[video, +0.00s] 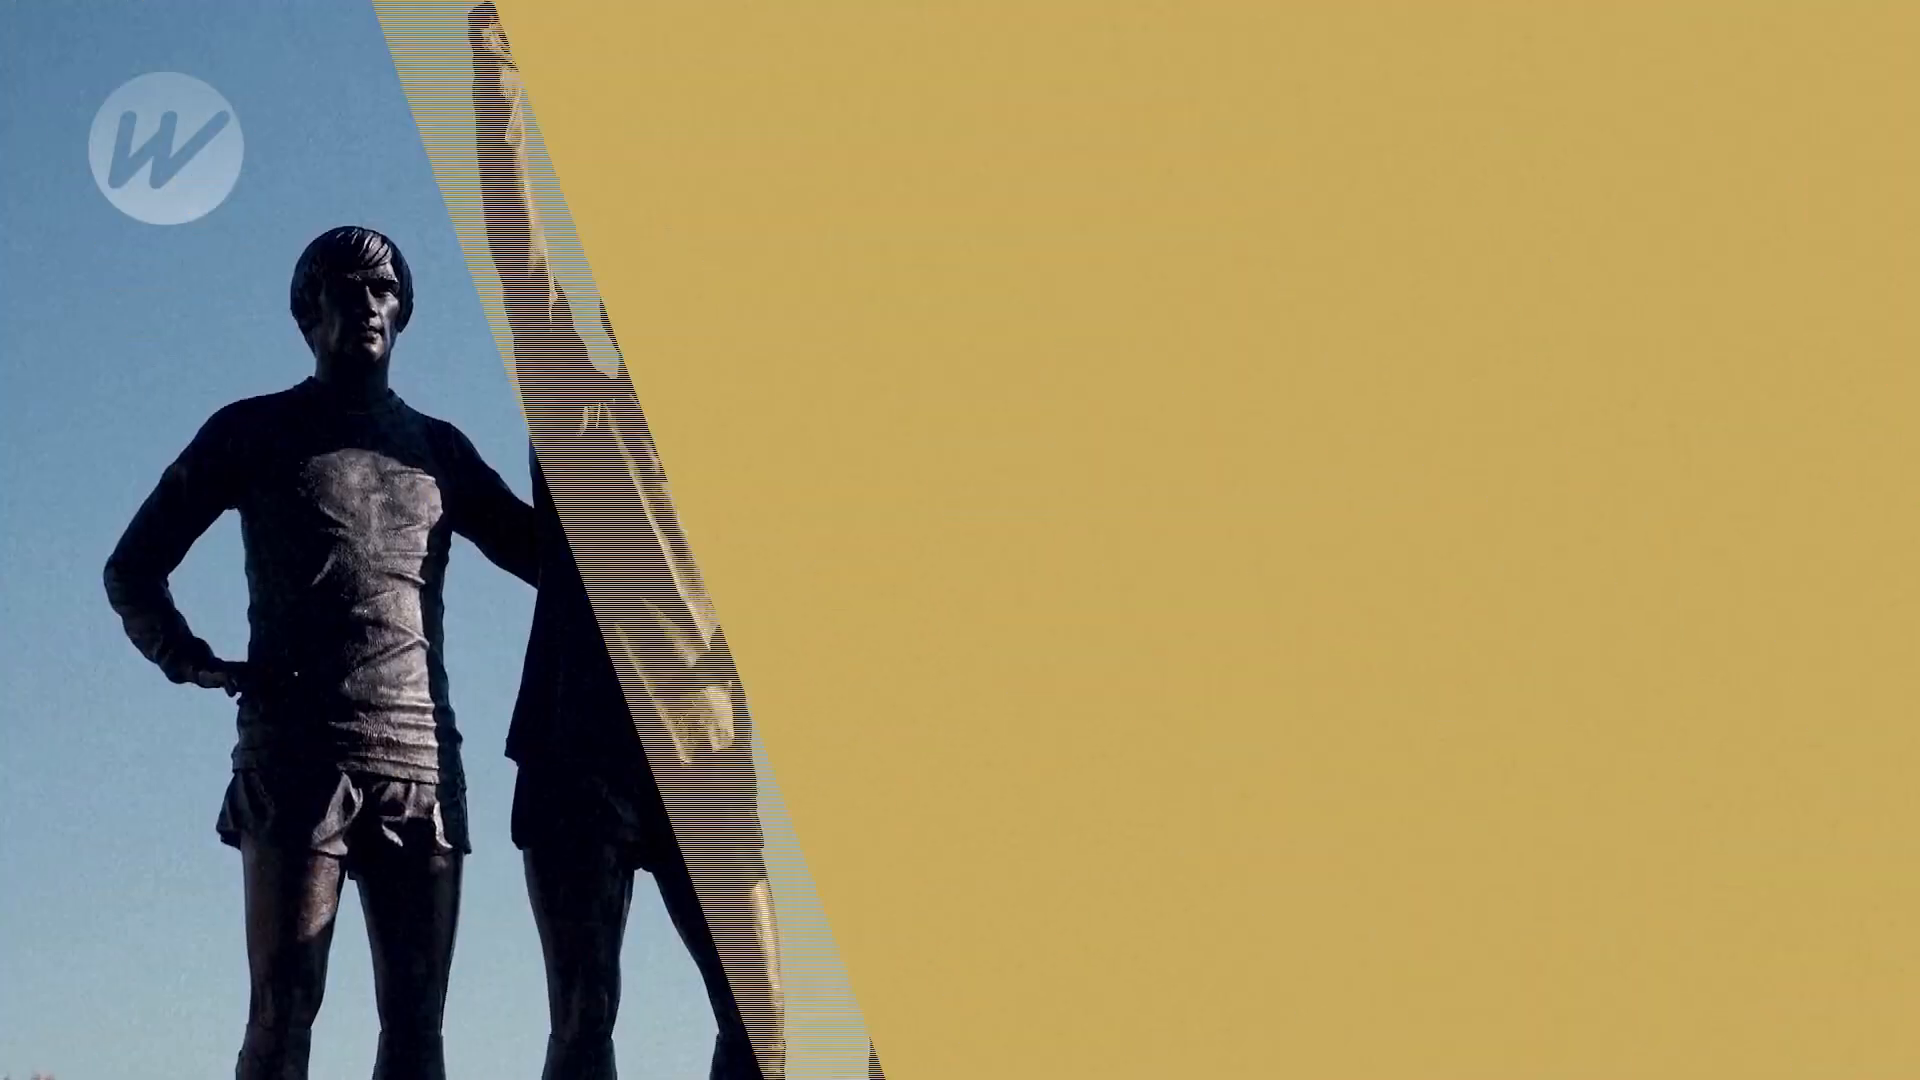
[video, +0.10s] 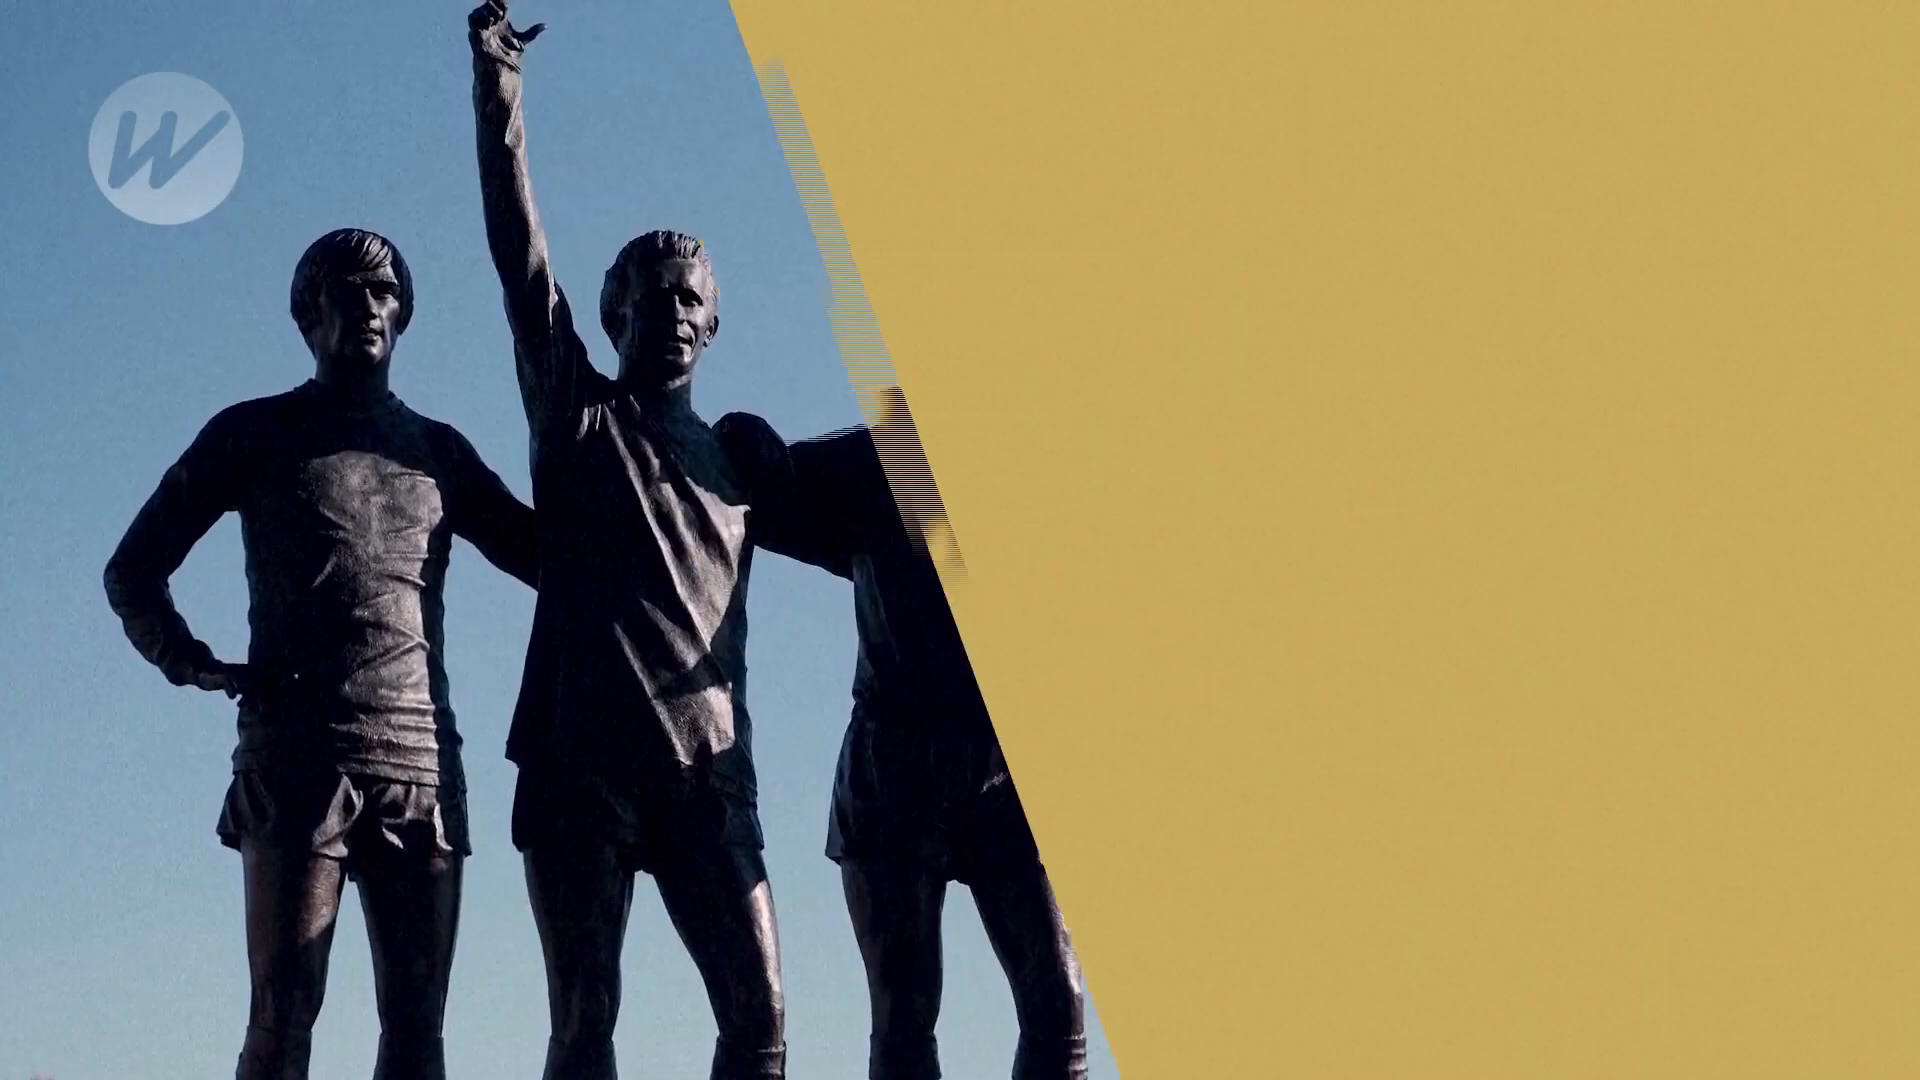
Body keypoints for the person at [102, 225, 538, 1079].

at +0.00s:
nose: (367, 306)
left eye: (382, 291)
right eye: (345, 291)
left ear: (403, 312)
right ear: (306, 311)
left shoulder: (440, 448)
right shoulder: (249, 433)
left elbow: (542, 551)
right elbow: (131, 573)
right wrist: (189, 660)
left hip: (419, 762)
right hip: (298, 755)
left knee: (417, 1019)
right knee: (285, 1014)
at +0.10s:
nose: (367, 307)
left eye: (382, 293)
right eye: (345, 292)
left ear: (403, 314)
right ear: (306, 312)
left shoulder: (441, 451)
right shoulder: (248, 435)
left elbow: (541, 555)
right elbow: (132, 575)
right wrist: (192, 663)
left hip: (419, 764)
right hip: (298, 759)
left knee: (417, 1023)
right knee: (285, 1017)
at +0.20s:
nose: (368, 308)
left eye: (383, 294)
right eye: (346, 293)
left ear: (404, 316)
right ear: (306, 313)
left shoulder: (439, 451)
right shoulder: (249, 436)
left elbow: (538, 555)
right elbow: (133, 574)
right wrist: (187, 663)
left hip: (420, 764)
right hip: (299, 758)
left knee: (417, 1025)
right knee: (285, 1022)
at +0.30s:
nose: (368, 310)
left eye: (383, 296)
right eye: (346, 295)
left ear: (403, 317)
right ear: (306, 314)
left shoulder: (439, 452)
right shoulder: (248, 437)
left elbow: (539, 556)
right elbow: (132, 575)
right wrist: (188, 664)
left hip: (420, 764)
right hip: (299, 758)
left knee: (418, 1024)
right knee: (285, 1019)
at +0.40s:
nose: (368, 309)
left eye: (382, 295)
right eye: (345, 294)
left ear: (403, 317)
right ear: (306, 314)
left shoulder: (440, 452)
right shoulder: (249, 436)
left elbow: (539, 556)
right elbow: (133, 575)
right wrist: (187, 663)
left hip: (420, 764)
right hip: (299, 758)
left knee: (418, 1023)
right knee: (286, 1017)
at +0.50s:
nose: (367, 306)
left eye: (382, 292)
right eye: (345, 291)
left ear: (404, 314)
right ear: (306, 311)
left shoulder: (440, 450)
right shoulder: (249, 435)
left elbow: (539, 554)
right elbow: (133, 574)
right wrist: (190, 663)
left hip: (421, 765)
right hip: (299, 760)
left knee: (418, 1024)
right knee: (286, 1021)